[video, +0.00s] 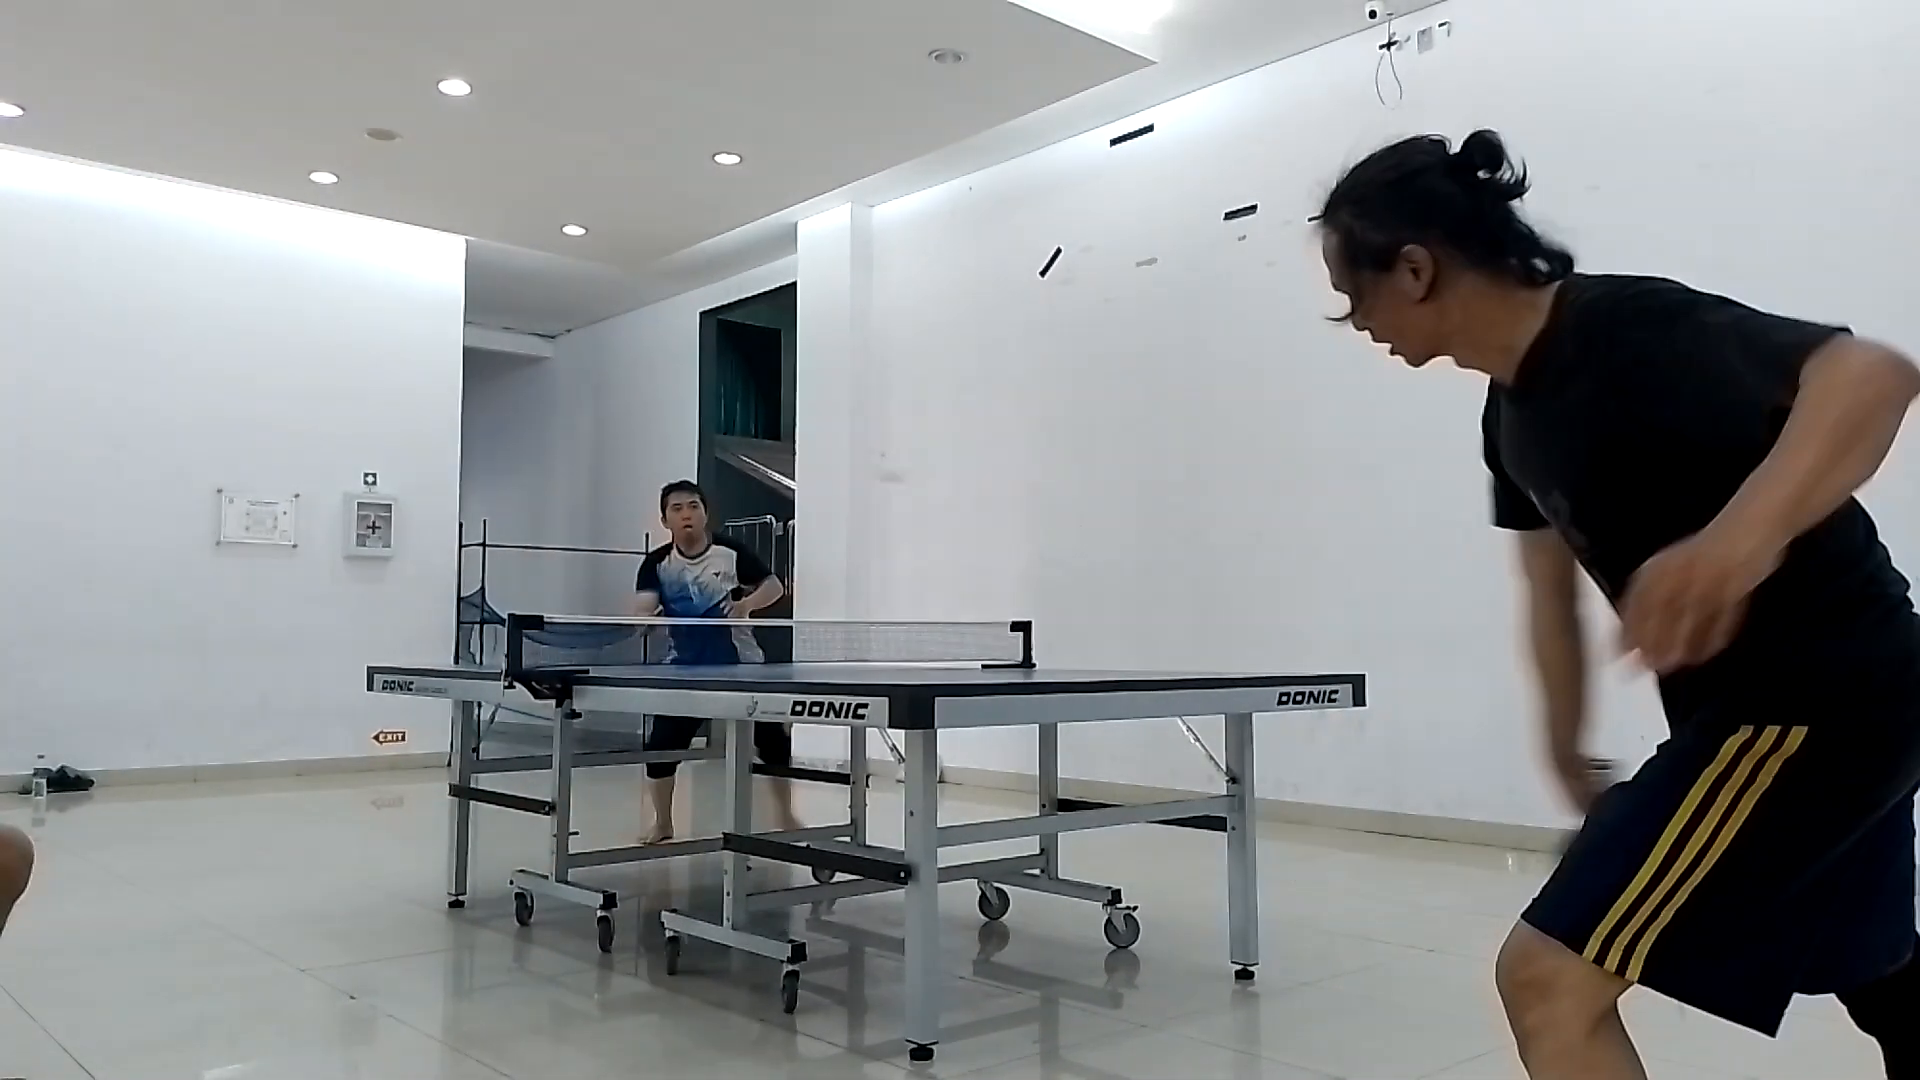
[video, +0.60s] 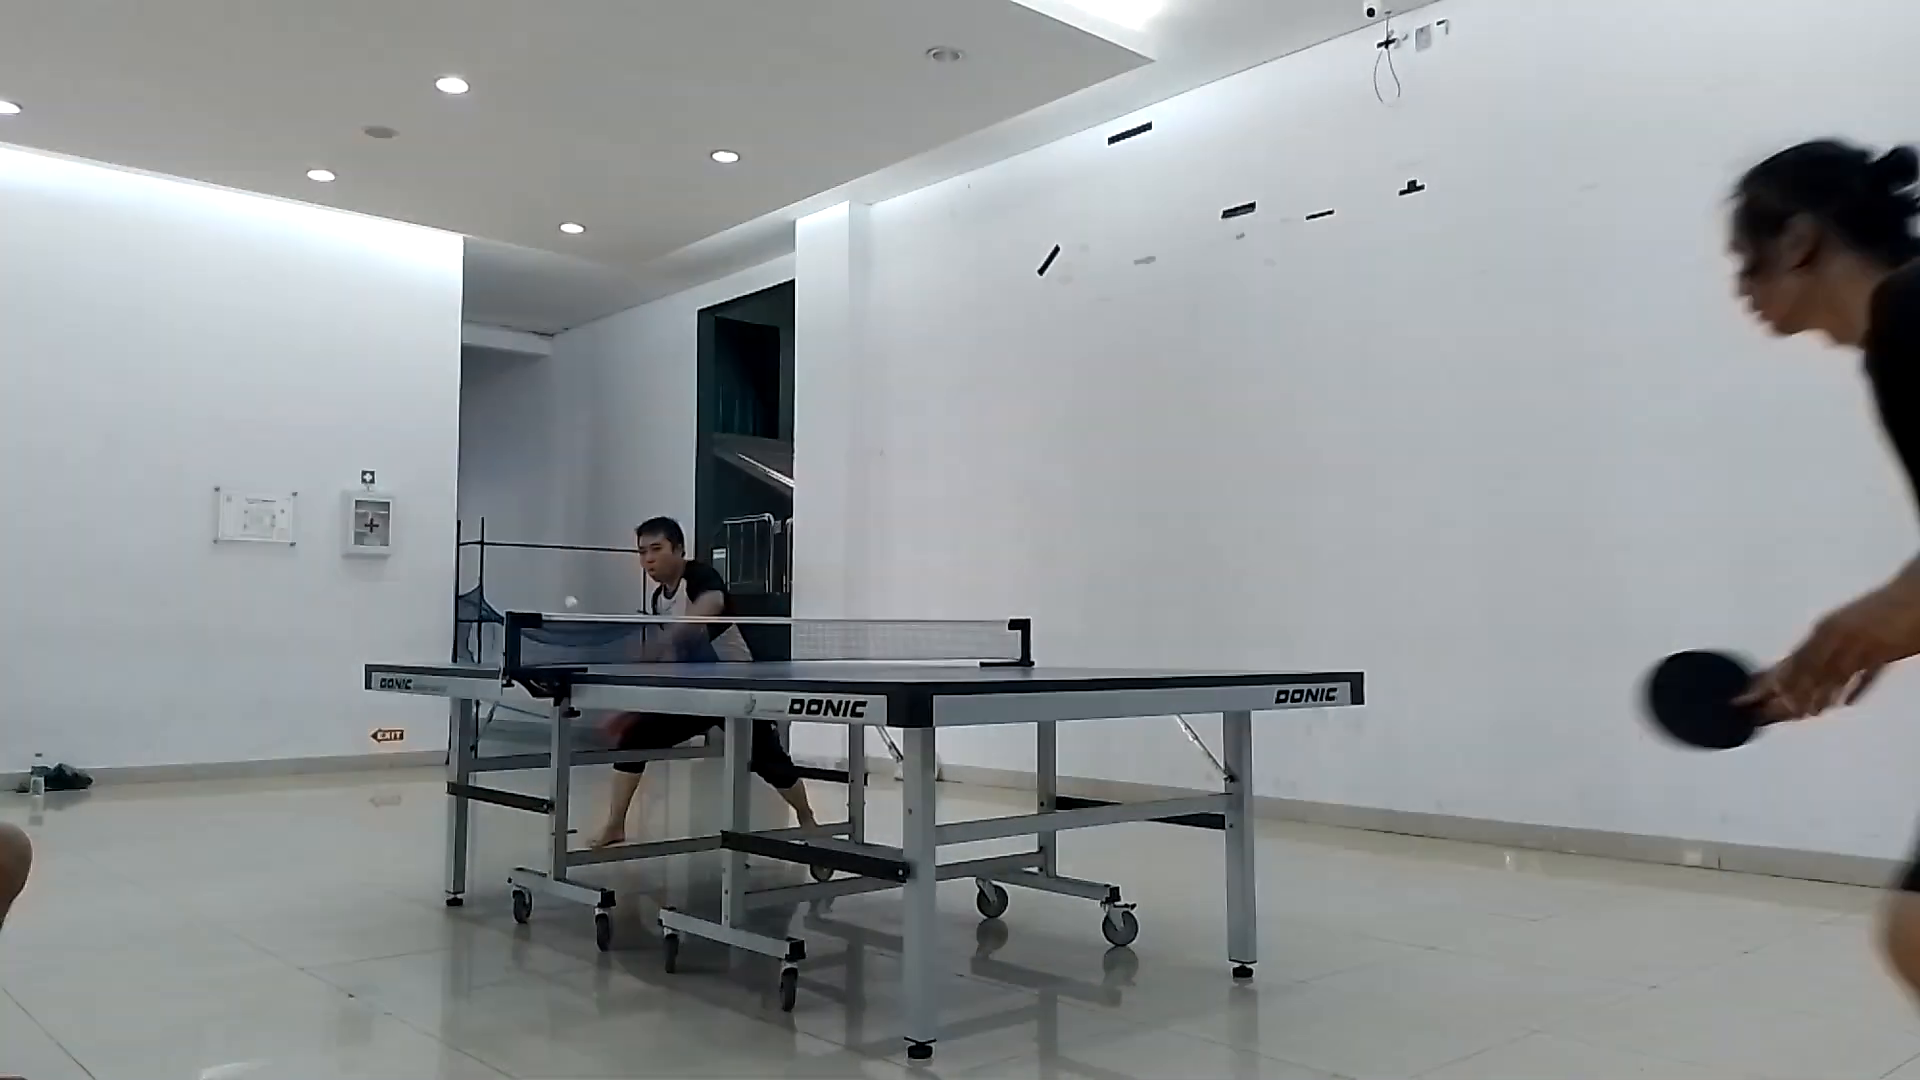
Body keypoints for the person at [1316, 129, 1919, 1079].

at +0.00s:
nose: (1360, 328)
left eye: (1355, 302)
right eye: (1347, 309)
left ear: (1416, 267)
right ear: (1422, 272)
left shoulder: (1622, 322)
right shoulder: (1511, 417)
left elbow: (1873, 375)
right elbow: (1549, 587)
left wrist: (1739, 539)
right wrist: (1567, 752)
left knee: (1549, 983)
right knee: (1884, 982)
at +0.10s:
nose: (1360, 312)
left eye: (1356, 284)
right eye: (1349, 289)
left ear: (1415, 260)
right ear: (1423, 263)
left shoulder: (1606, 321)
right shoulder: (1534, 406)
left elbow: (1863, 350)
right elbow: (1620, 584)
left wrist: (1781, 453)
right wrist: (1647, 764)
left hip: (1813, 693)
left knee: (1546, 974)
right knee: (1899, 985)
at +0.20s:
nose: (1405, 298)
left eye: (1404, 269)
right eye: (1399, 276)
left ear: (1458, 250)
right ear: (1467, 253)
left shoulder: (1621, 323)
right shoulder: (1580, 371)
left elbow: (1842, 366)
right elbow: (1686, 556)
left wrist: (1761, 523)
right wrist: (1643, 718)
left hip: (1828, 687)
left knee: (1561, 960)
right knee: (1888, 969)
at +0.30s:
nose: (1484, 299)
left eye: (1482, 270)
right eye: (1478, 276)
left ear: (1534, 255)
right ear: (1547, 253)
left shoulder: (1668, 330)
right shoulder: (1650, 366)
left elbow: (1878, 394)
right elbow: (1742, 583)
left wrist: (1841, 614)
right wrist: (1628, 716)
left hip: (1832, 711)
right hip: (1877, 714)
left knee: (1615, 959)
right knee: (1906, 1005)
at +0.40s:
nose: (1574, 307)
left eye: (1576, 281)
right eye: (1571, 286)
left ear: (1628, 265)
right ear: (1637, 266)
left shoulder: (1776, 334)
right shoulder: (1746, 369)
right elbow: (1799, 586)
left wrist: (1908, 637)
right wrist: (1645, 700)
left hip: (1898, 720)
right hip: (1882, 722)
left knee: (1759, 959)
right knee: (1909, 999)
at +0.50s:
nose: (1660, 313)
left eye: (1667, 285)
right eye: (1658, 291)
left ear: (1720, 266)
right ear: (1727, 269)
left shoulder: (1865, 344)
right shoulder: (1829, 376)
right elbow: (1873, 592)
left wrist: (1918, 629)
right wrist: (1703, 687)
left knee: (1833, 940)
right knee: (1859, 948)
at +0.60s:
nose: (1741, 283)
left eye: (1748, 254)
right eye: (1738, 260)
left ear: (1805, 241)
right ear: (1805, 245)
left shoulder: (1907, 335)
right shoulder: (1893, 341)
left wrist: (1857, 631)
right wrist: (1850, 653)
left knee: (1910, 934)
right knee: (1907, 934)